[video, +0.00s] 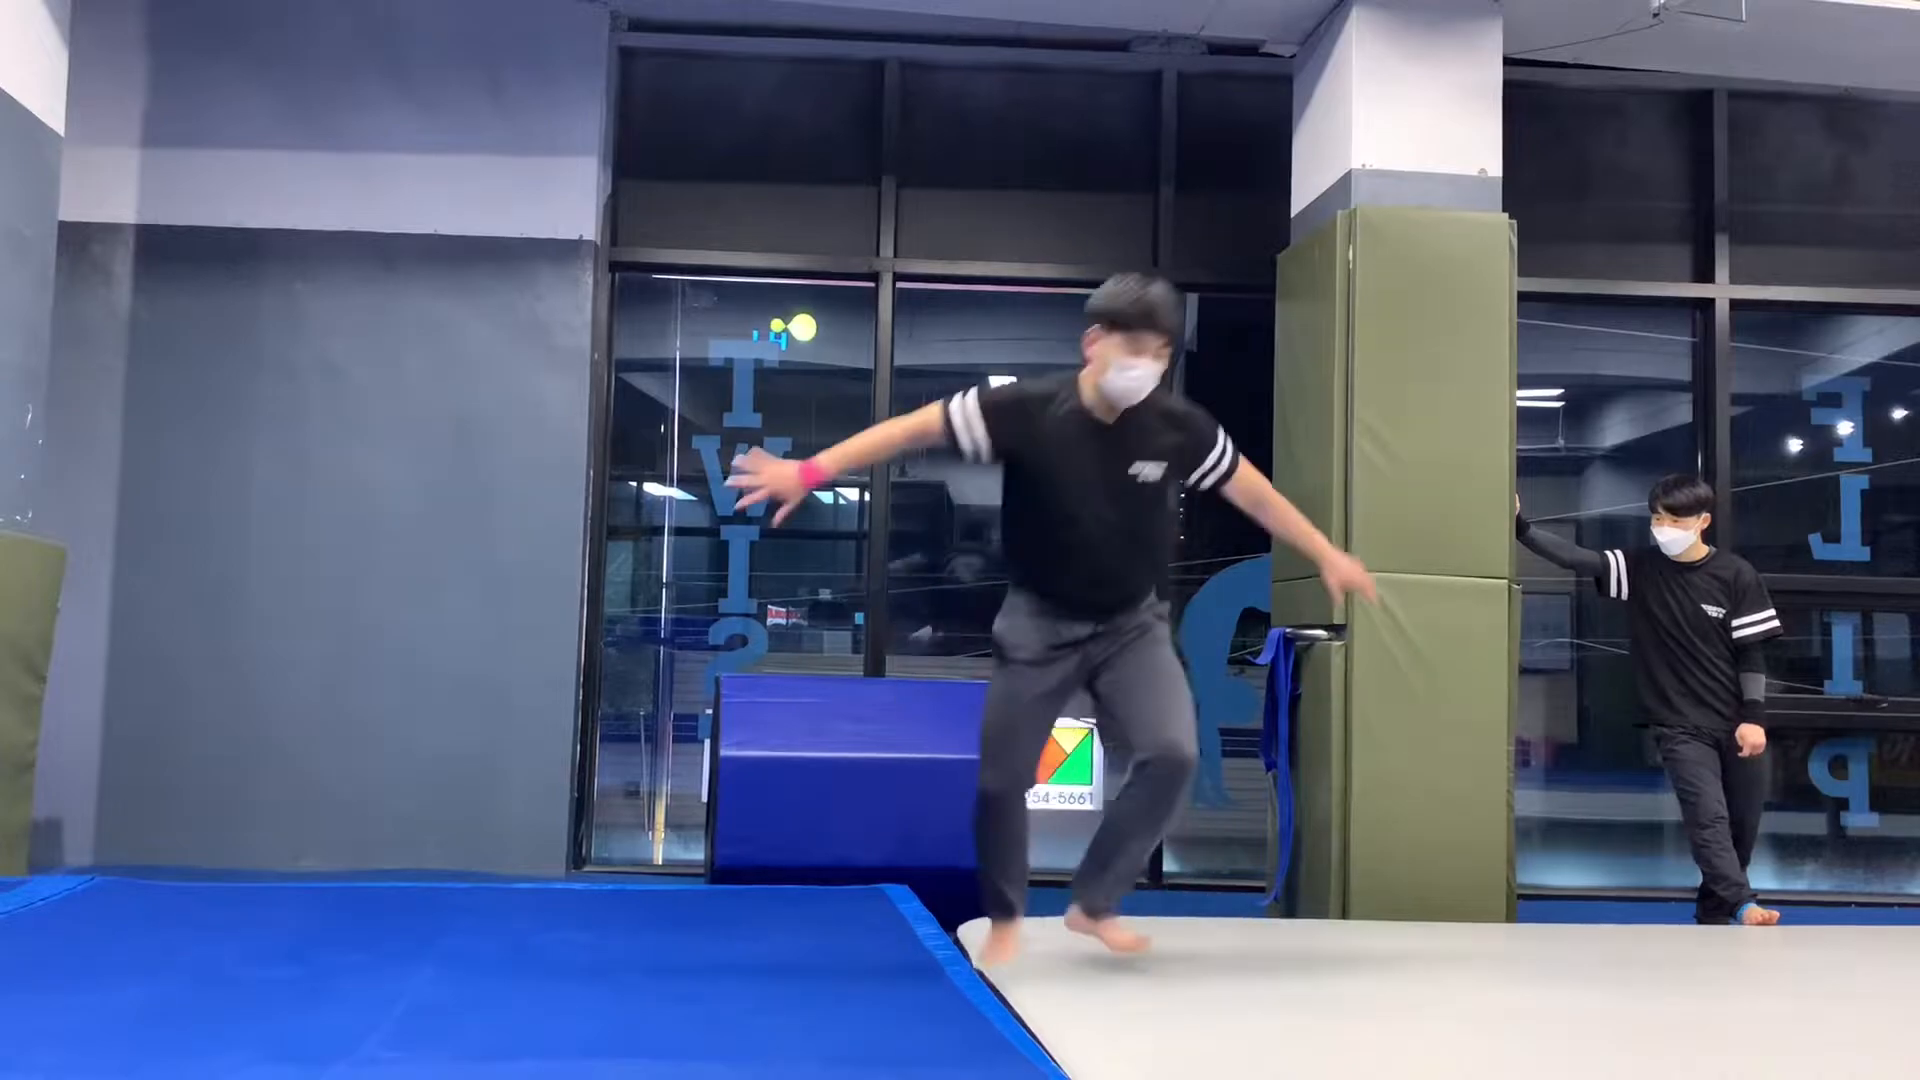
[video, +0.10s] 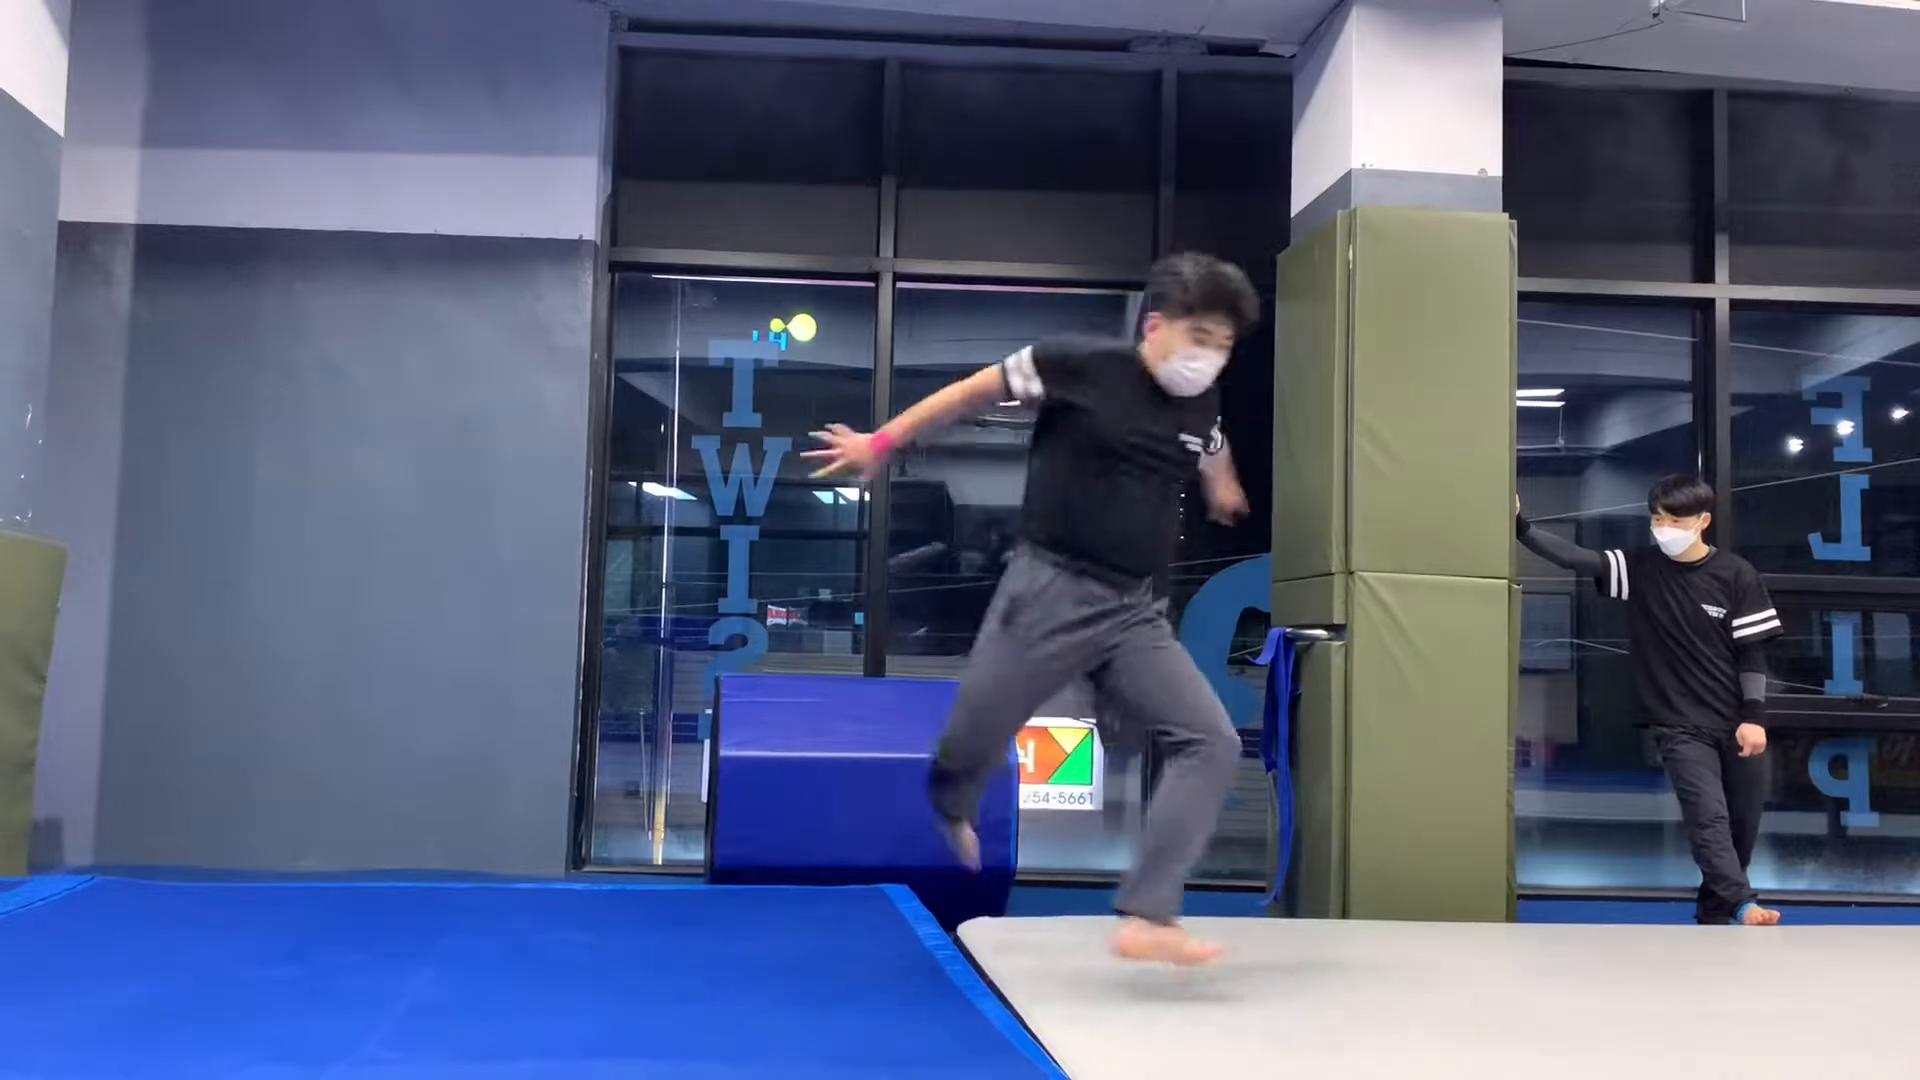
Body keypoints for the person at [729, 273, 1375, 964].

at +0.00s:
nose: (1143, 372)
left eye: (1157, 359)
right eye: (1132, 353)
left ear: (1170, 360)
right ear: (1092, 343)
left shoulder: (1178, 426)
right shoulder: (1024, 411)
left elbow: (1253, 493)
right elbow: (909, 431)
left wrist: (1330, 554)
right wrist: (809, 473)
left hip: (1133, 629)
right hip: (1036, 631)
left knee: (1170, 755)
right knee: (999, 782)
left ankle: (1093, 906)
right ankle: (1004, 918)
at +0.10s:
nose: (1211, 362)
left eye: (1223, 350)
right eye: (1201, 342)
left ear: (1231, 351)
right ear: (1156, 325)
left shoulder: (1200, 402)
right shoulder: (1082, 366)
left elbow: (1215, 457)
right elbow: (973, 393)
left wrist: (1225, 495)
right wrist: (880, 442)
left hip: (1135, 612)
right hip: (1048, 593)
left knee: (1210, 740)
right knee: (968, 746)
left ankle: (1148, 916)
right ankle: (952, 810)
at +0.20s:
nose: (1256, 394)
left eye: (1267, 383)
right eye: (1247, 374)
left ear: (1271, 386)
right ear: (1201, 353)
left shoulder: (1206, 448)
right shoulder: (1126, 381)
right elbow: (1017, 415)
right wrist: (942, 475)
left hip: (1143, 644)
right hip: (1065, 606)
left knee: (1214, 798)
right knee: (930, 719)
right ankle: (866, 742)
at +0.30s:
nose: (1289, 415)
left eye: (1294, 403)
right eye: (1281, 397)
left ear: (1245, 395)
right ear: (1234, 385)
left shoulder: (1201, 474)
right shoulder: (1145, 421)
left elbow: (1076, 528)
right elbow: (1033, 501)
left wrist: (1000, 586)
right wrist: (945, 580)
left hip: (1155, 678)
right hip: (1083, 641)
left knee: (1251, 817)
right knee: (974, 735)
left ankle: (1241, 1019)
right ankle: (782, 750)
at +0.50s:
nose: (1098, 322)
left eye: (1086, 313)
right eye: (1092, 312)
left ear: (1019, 339)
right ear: (1085, 323)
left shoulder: (995, 431)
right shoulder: (1118, 397)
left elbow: (928, 536)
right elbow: (1229, 439)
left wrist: (943, 601)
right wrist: (1355, 460)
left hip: (1048, 653)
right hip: (1124, 629)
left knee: (1188, 829)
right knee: (1303, 772)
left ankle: (1241, 1026)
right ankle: (1380, 979)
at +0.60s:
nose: (867, 336)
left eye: (862, 323)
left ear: (874, 323)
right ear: (937, 276)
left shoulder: (903, 402)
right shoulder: (1046, 318)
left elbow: (904, 543)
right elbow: (1176, 267)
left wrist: (844, 568)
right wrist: (1294, 212)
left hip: (1053, 607)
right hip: (1133, 554)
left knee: (1148, 783)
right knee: (1283, 616)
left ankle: (1228, 990)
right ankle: (1386, 702)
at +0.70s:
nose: (799, 415)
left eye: (796, 402)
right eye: (785, 403)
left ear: (832, 380)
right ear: (844, 311)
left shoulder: (896, 437)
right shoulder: (937, 258)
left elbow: (939, 582)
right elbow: (994, 140)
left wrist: (848, 684)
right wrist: (1012, 38)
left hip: (1082, 517)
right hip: (1130, 444)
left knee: (1137, 723)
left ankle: (1251, 869)